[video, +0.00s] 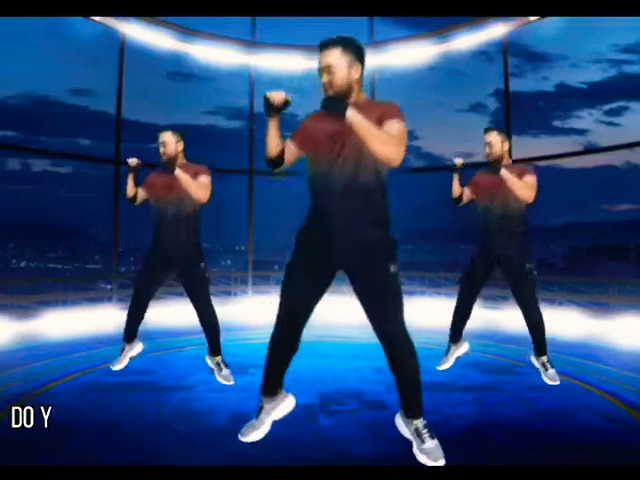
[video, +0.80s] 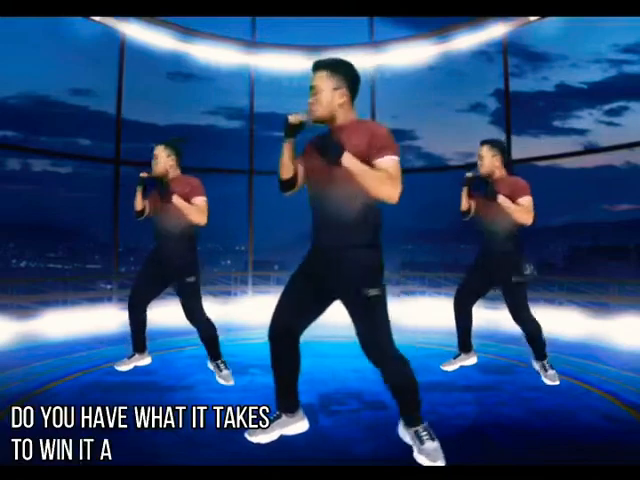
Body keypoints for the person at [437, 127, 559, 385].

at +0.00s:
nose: (488, 149)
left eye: (491, 144)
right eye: (486, 145)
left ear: (506, 145)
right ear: (485, 147)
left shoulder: (523, 173)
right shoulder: (482, 177)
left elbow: (528, 196)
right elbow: (459, 200)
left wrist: (504, 172)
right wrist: (456, 174)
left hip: (515, 246)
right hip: (488, 245)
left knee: (528, 303)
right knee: (467, 291)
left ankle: (541, 357)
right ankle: (455, 342)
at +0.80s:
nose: (479, 162)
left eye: (483, 157)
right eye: (479, 158)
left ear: (498, 159)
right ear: (483, 161)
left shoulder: (517, 185)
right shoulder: (480, 187)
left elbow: (527, 217)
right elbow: (465, 210)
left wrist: (501, 199)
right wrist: (466, 188)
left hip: (510, 259)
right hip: (487, 258)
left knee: (521, 313)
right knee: (462, 301)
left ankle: (541, 360)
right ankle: (466, 352)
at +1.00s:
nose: (479, 162)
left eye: (481, 158)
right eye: (480, 158)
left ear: (490, 160)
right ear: (497, 161)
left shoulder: (492, 178)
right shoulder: (502, 180)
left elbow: (457, 184)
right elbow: (464, 184)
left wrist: (440, 176)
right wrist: (443, 178)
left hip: (496, 259)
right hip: (493, 257)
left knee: (505, 316)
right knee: (461, 299)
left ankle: (555, 357)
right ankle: (465, 352)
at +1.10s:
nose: (478, 164)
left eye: (481, 160)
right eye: (478, 160)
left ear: (490, 160)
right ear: (495, 161)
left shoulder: (493, 178)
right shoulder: (500, 180)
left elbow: (456, 182)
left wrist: (436, 174)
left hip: (498, 259)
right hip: (491, 258)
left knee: (511, 315)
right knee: (459, 299)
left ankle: (559, 358)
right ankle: (465, 353)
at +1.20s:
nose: (474, 162)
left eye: (478, 158)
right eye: (473, 158)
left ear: (490, 158)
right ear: (479, 160)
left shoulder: (504, 179)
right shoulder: (479, 181)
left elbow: (500, 195)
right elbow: (470, 210)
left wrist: (479, 178)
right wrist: (469, 190)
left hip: (502, 255)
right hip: (483, 255)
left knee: (516, 310)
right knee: (461, 300)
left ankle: (558, 358)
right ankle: (465, 353)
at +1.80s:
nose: (493, 158)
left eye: (497, 152)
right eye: (488, 154)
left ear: (508, 153)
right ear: (485, 158)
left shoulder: (523, 179)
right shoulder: (482, 189)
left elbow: (535, 207)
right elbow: (463, 216)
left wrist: (512, 181)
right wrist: (456, 189)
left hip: (518, 259)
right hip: (487, 259)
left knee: (535, 311)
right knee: (468, 305)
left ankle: (542, 361)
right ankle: (465, 352)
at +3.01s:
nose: (500, 156)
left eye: (505, 151)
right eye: (496, 152)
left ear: (514, 154)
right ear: (490, 155)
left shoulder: (526, 182)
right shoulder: (477, 180)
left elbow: (538, 212)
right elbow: (448, 191)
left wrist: (517, 187)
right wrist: (434, 179)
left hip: (516, 259)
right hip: (485, 256)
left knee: (531, 314)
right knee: (460, 302)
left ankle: (539, 365)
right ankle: (467, 353)